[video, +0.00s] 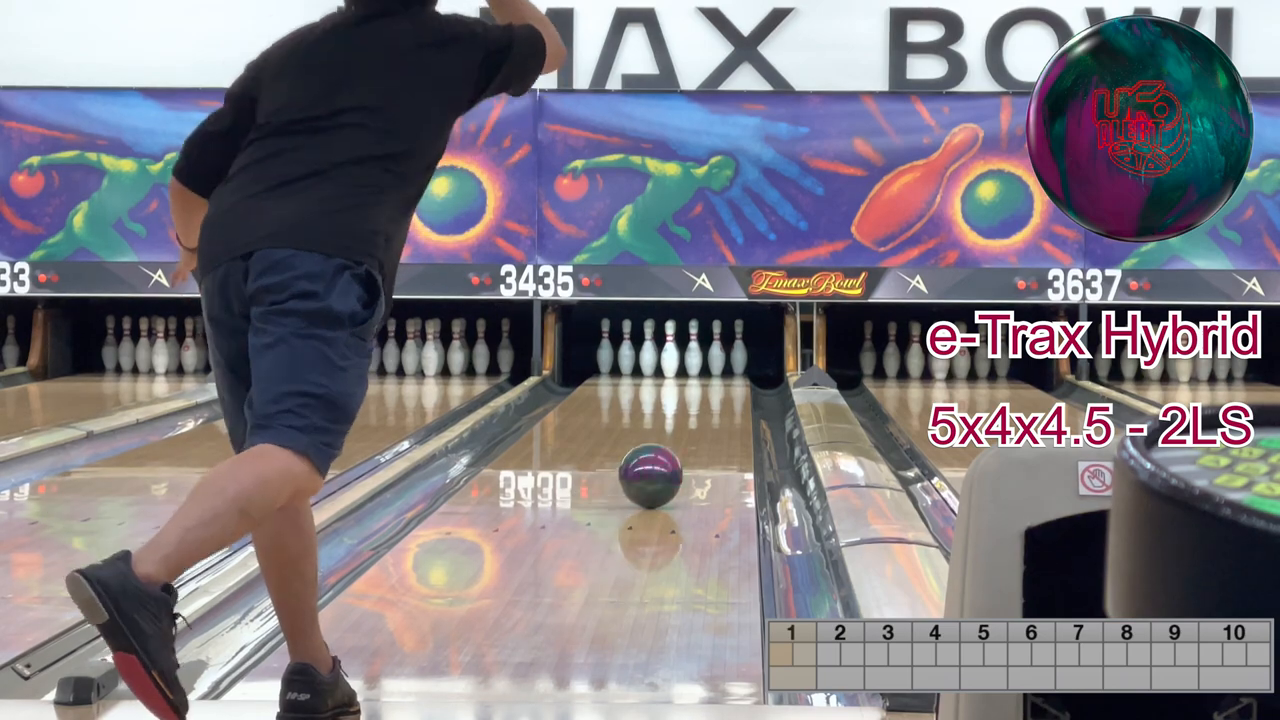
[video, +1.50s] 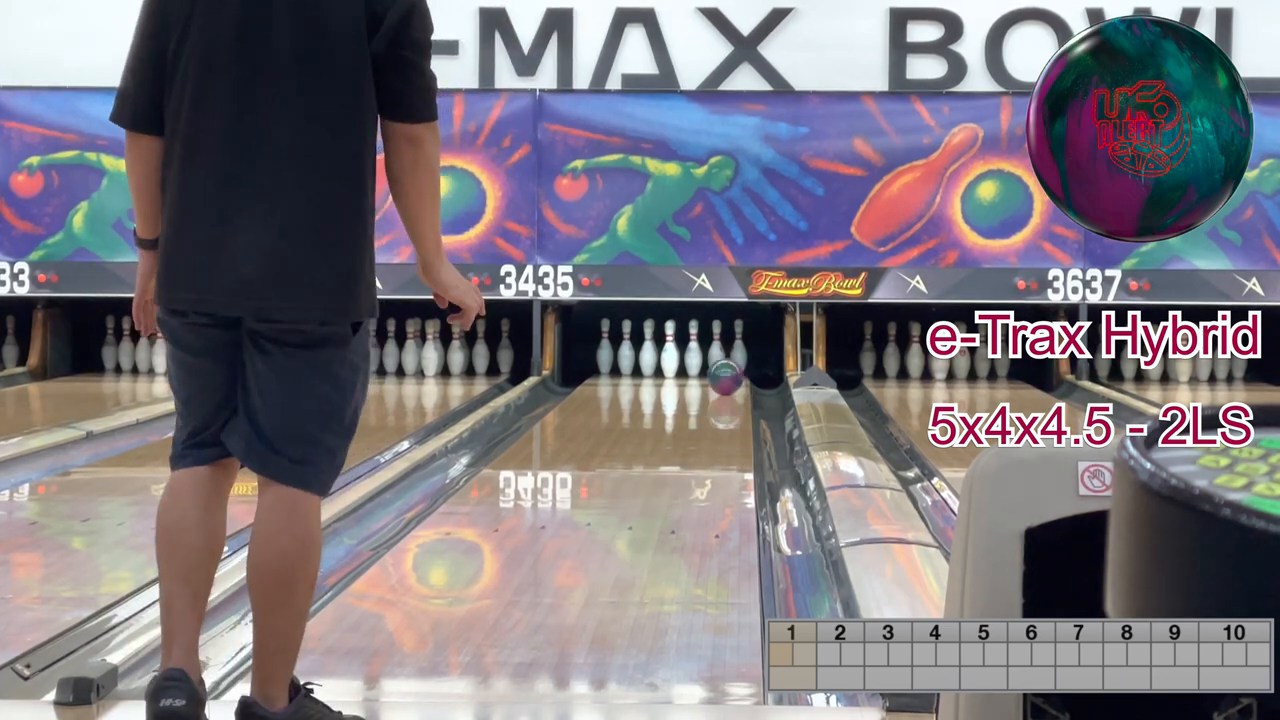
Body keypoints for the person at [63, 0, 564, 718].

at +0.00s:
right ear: (425, 2)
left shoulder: (284, 53)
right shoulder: (444, 39)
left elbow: (193, 174)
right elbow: (546, 49)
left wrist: (201, 257)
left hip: (225, 254)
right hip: (320, 248)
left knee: (276, 468)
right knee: (296, 450)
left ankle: (312, 671)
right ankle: (141, 577)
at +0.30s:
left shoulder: (254, 7)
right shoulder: (424, 2)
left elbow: (185, 131)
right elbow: (521, 71)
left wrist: (207, 251)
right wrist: (479, 5)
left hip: (223, 251)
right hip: (321, 244)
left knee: (272, 466)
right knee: (326, 459)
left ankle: (310, 667)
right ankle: (247, 673)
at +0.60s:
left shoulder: (220, 3)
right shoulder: (405, 3)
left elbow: (178, 135)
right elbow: (463, 127)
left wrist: (191, 257)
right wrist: (479, 102)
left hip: (223, 250)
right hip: (331, 243)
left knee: (270, 472)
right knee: (324, 478)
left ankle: (309, 662)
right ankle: (269, 697)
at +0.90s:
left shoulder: (198, 2)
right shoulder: (397, 0)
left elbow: (160, 124)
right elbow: (436, 118)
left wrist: (164, 255)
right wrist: (459, 202)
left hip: (224, 254)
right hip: (337, 258)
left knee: (250, 458)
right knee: (307, 479)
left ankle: (253, 667)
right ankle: (271, 695)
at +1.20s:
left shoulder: (187, 2)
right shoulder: (393, 3)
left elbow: (150, 121)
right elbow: (419, 127)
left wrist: (152, 250)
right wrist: (438, 245)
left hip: (207, 257)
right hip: (322, 266)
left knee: (217, 451)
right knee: (296, 482)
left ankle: (189, 668)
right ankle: (271, 696)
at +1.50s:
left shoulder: (177, 2)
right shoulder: (386, 3)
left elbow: (141, 120)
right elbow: (410, 130)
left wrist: (151, 250)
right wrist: (434, 262)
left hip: (197, 257)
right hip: (316, 266)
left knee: (200, 452)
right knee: (292, 482)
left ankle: (177, 672)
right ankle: (271, 695)